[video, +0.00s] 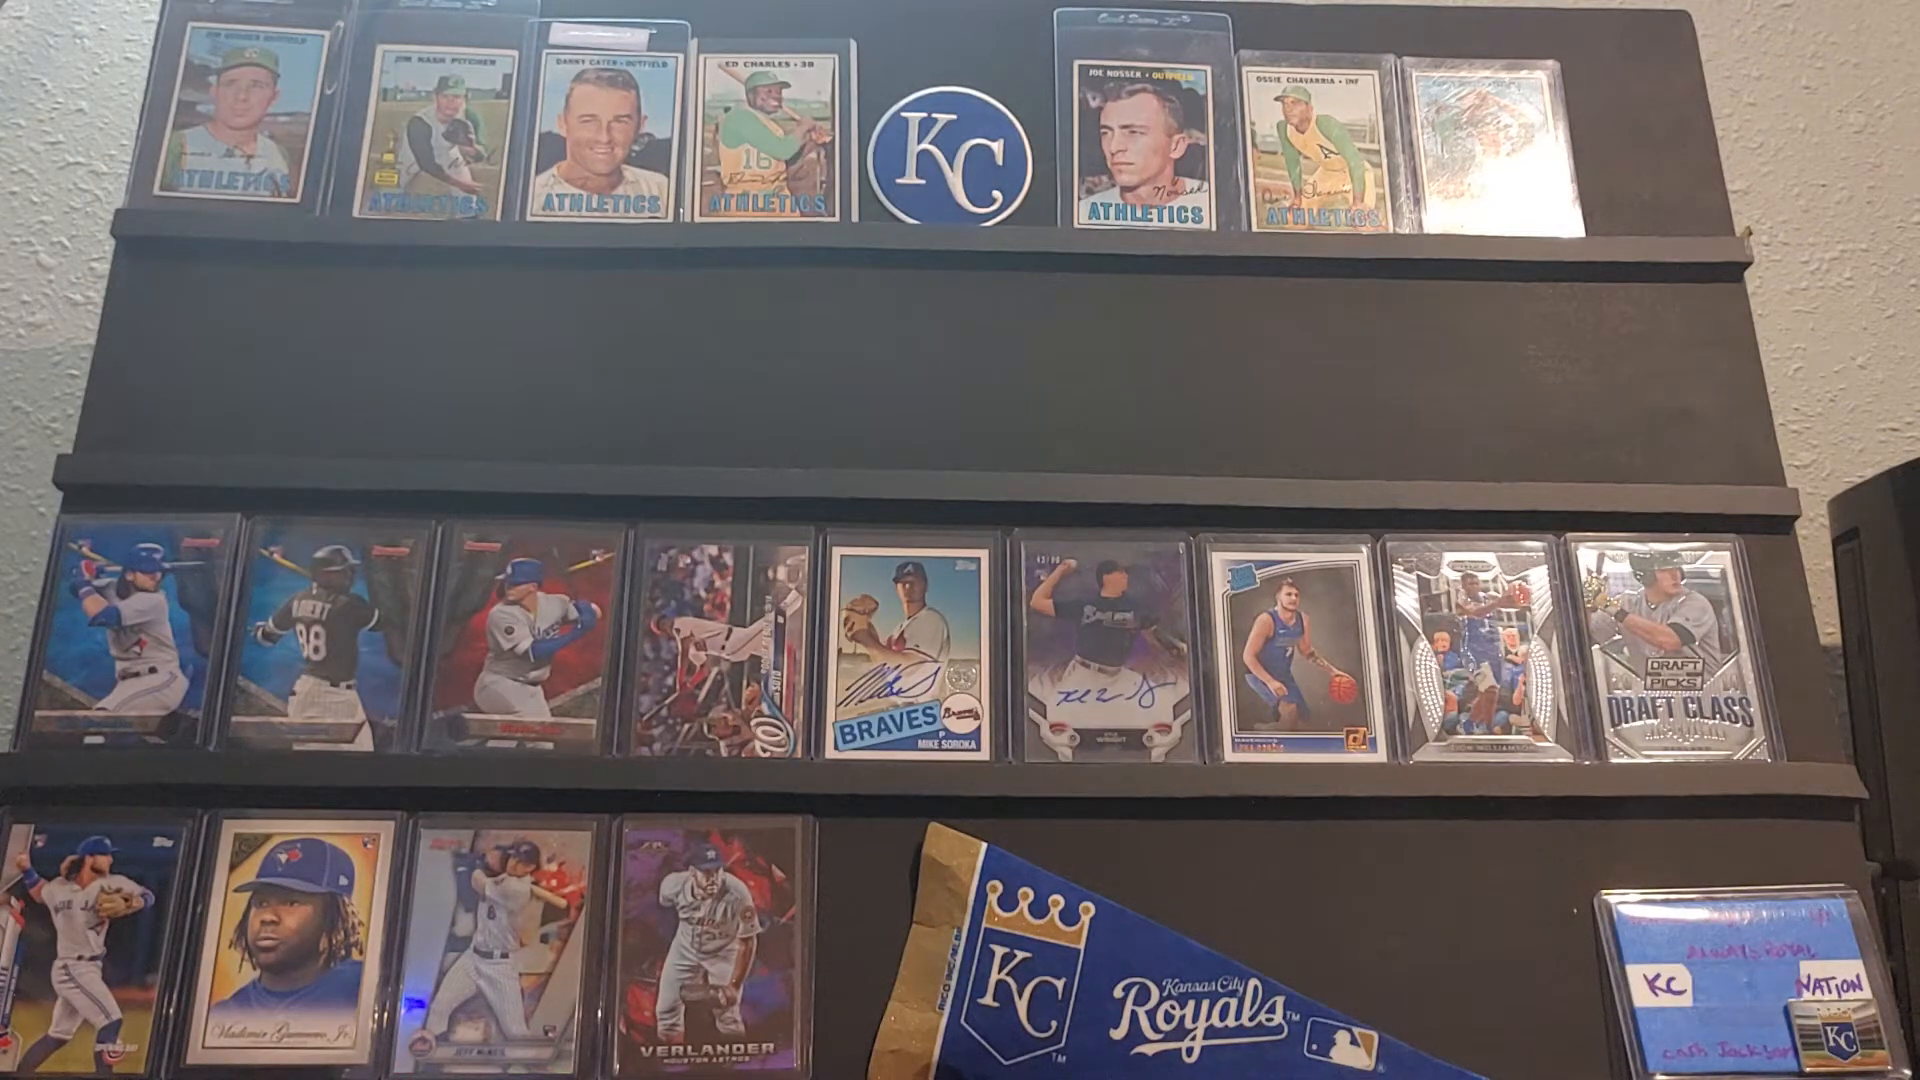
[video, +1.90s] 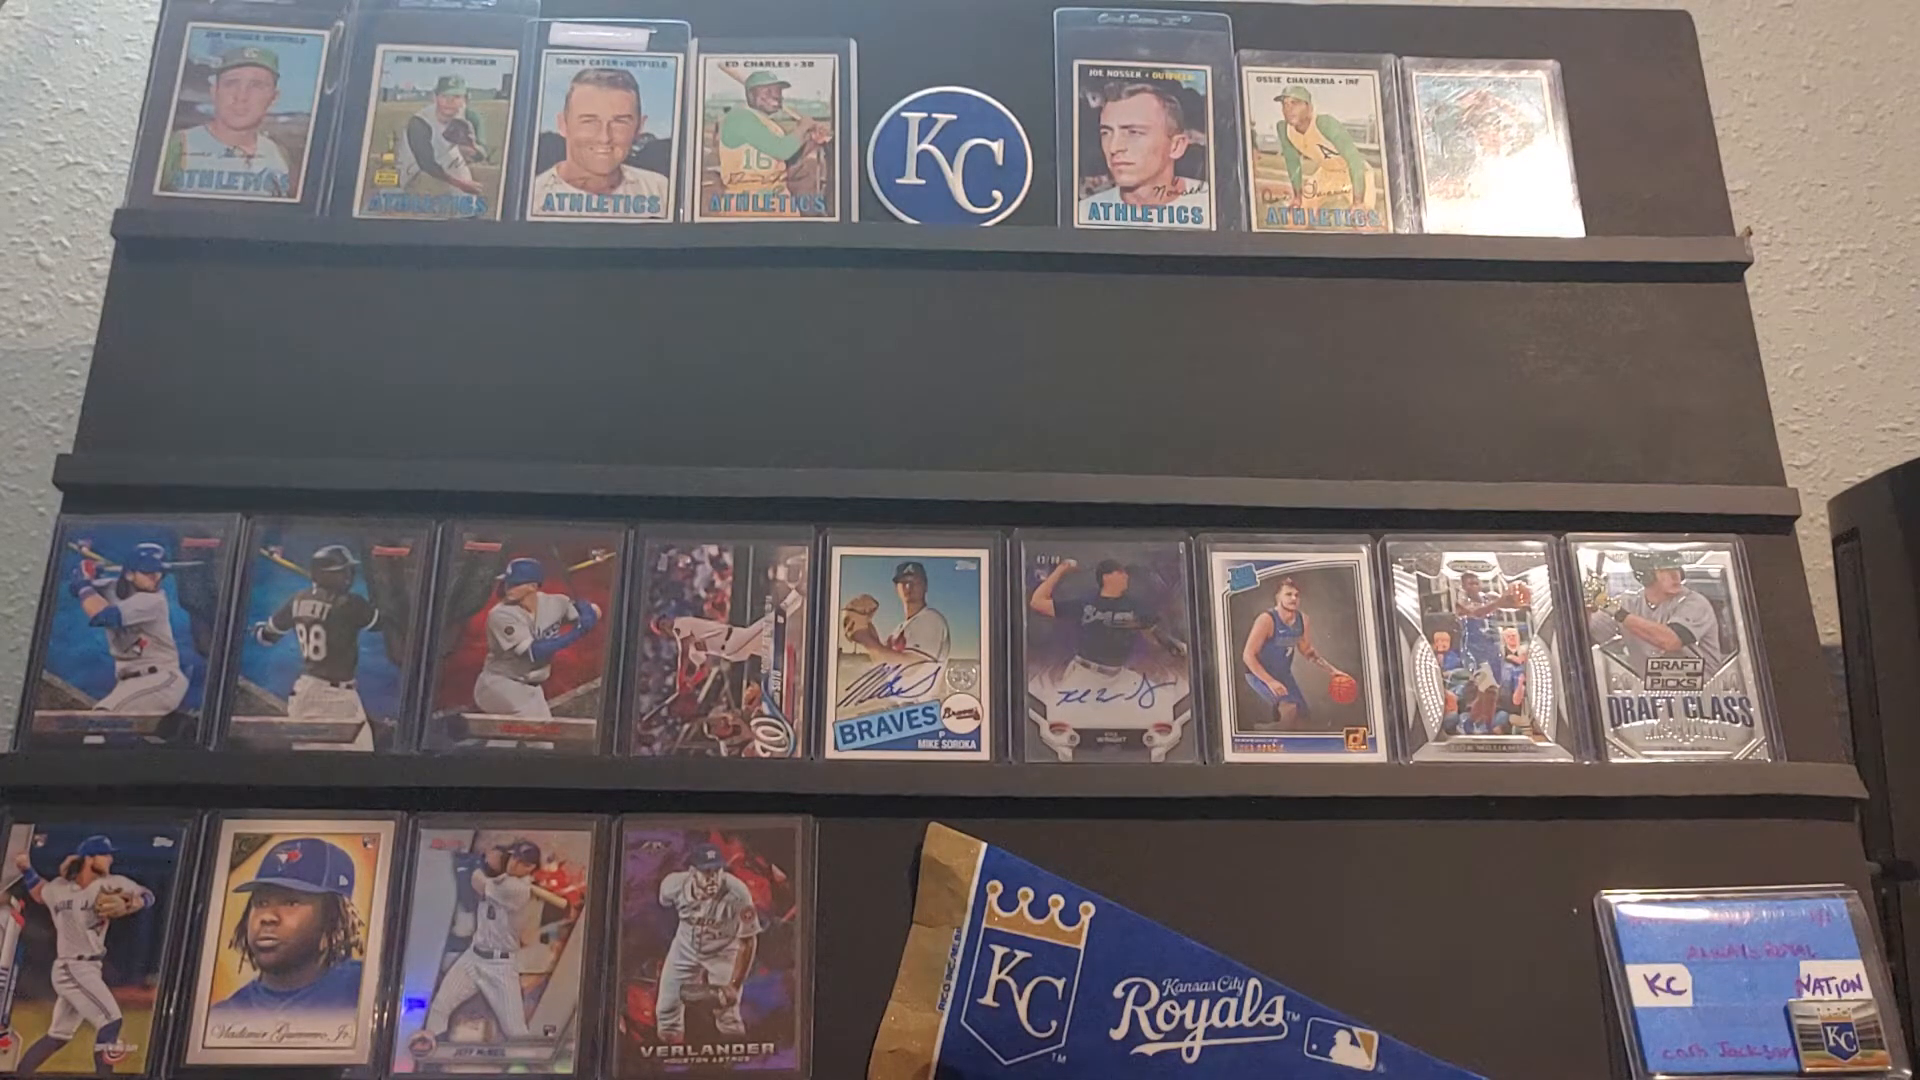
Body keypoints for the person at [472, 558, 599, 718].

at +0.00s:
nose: (508, 588)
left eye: (514, 584)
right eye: (507, 583)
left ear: (532, 587)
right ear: (505, 583)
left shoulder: (553, 603)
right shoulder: (500, 614)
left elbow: (577, 607)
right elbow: (532, 652)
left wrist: (587, 613)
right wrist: (576, 633)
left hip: (531, 688)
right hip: (497, 684)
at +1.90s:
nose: (507, 588)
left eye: (514, 584)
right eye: (507, 583)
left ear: (532, 586)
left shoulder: (554, 603)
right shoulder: (500, 615)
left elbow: (578, 606)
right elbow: (532, 652)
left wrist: (587, 615)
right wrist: (577, 632)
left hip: (531, 687)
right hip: (496, 683)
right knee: (529, 714)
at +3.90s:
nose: (508, 588)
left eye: (514, 584)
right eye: (507, 583)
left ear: (533, 586)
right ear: (504, 584)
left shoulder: (555, 603)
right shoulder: (500, 614)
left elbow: (579, 607)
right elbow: (532, 651)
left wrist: (587, 614)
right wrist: (576, 633)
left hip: (531, 688)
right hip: (497, 684)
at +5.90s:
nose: (507, 588)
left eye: (514, 584)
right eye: (507, 584)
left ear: (532, 587)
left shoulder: (556, 603)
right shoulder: (500, 614)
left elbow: (580, 607)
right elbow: (531, 651)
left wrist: (587, 614)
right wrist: (575, 634)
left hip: (531, 687)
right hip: (497, 683)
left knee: (545, 732)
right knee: (530, 716)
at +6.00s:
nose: (507, 588)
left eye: (514, 584)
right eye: (507, 584)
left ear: (532, 587)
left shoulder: (556, 603)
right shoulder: (500, 614)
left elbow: (580, 607)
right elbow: (531, 651)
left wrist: (587, 614)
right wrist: (575, 634)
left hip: (531, 687)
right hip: (497, 683)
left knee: (545, 733)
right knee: (529, 717)